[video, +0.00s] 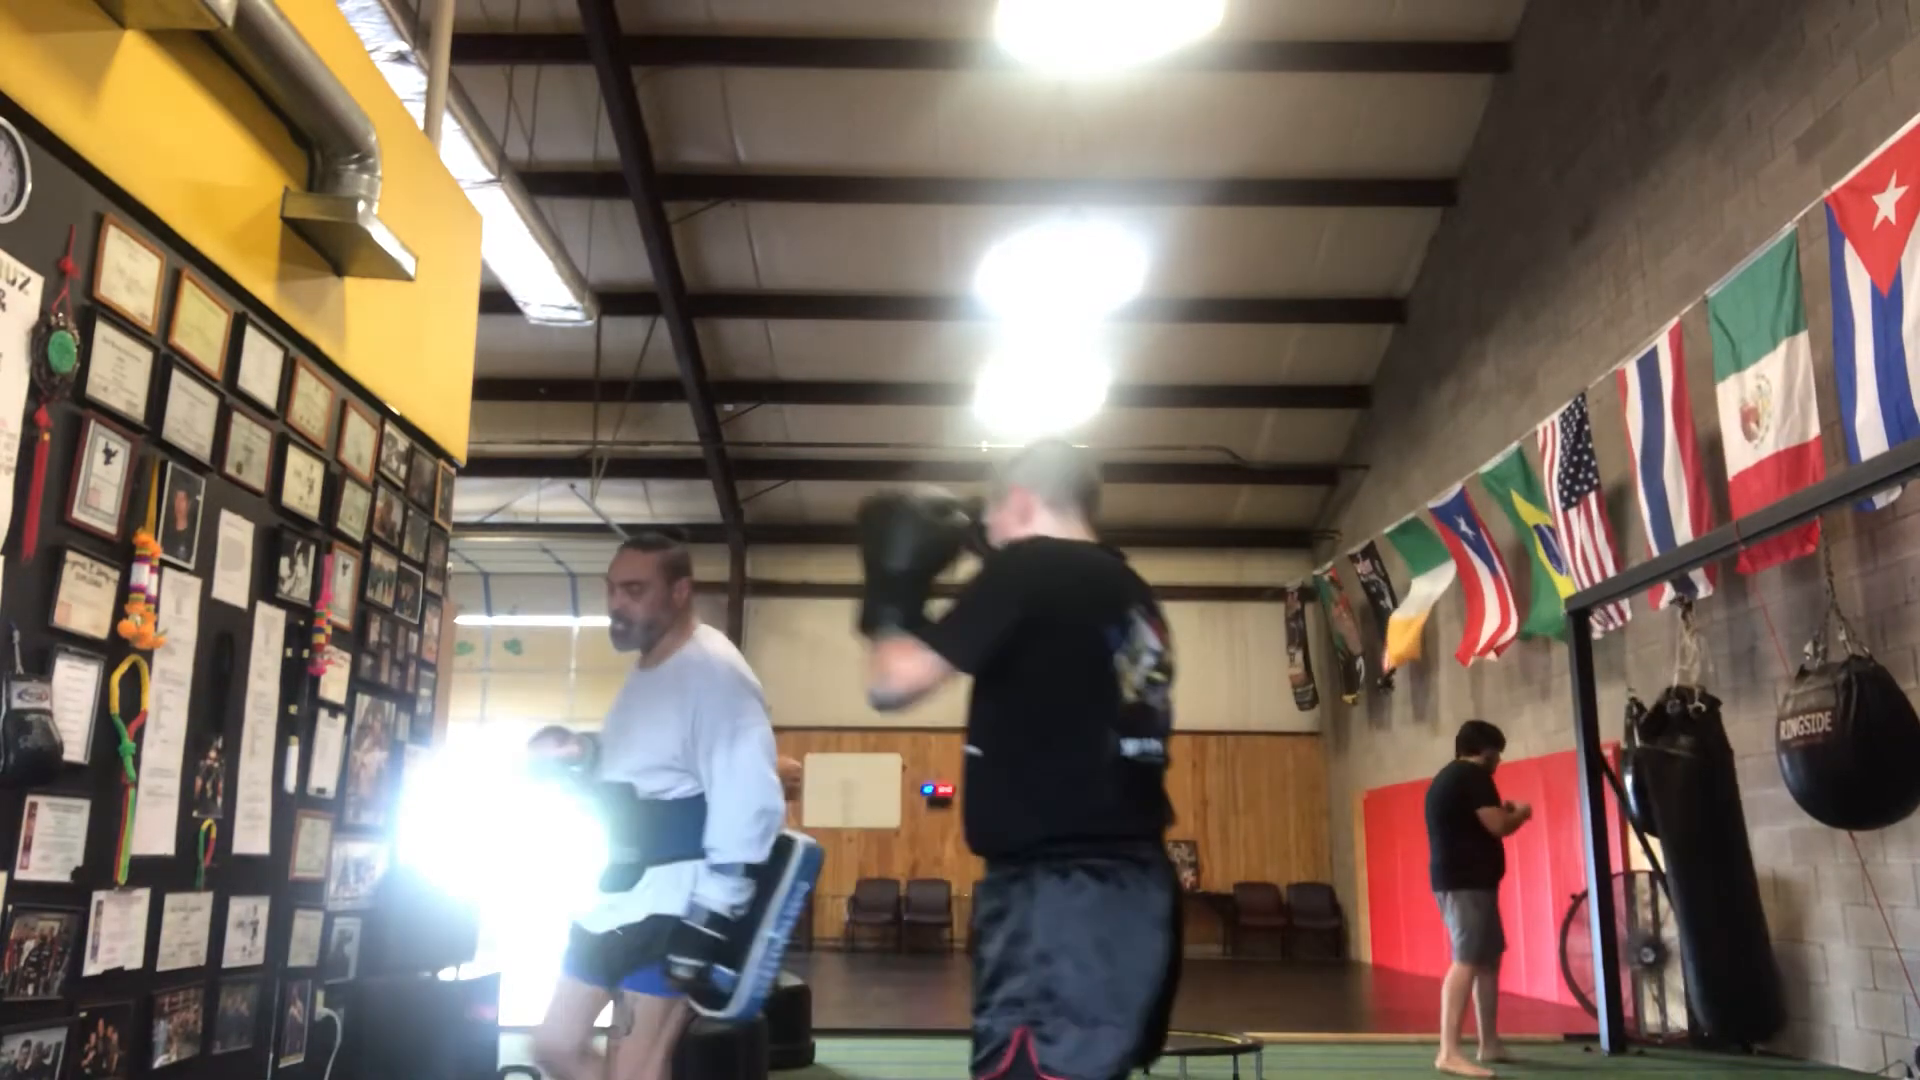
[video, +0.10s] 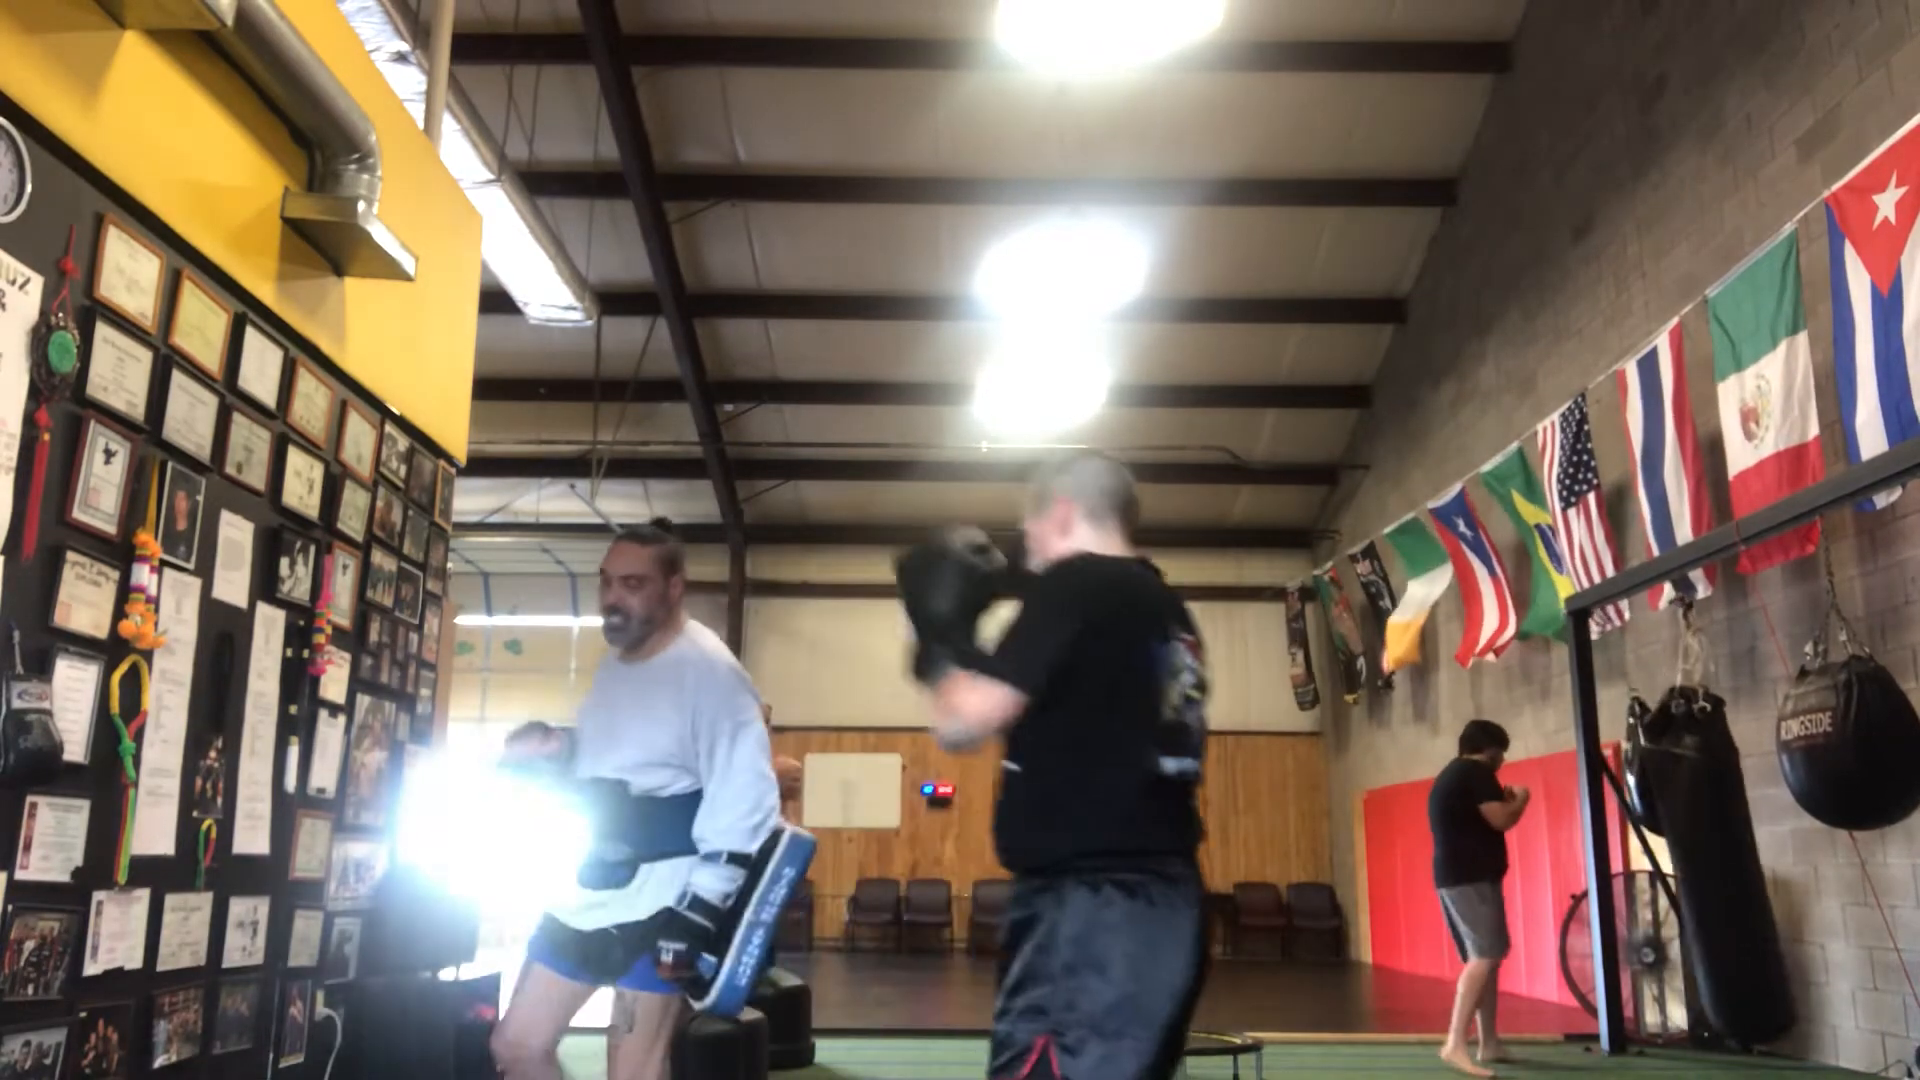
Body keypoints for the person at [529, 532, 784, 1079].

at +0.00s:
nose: (615, 605)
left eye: (634, 590)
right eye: (612, 590)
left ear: (680, 593)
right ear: (608, 591)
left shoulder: (714, 670)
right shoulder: (652, 666)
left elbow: (749, 801)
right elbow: (645, 755)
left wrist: (706, 923)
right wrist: (585, 751)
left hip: (679, 895)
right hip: (620, 888)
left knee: (637, 1066)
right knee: (554, 1045)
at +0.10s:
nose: (610, 599)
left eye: (630, 584)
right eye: (605, 582)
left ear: (675, 589)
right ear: (599, 583)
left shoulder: (709, 668)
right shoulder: (614, 664)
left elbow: (748, 797)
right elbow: (614, 749)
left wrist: (700, 914)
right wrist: (560, 747)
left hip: (676, 883)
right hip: (600, 879)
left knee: (635, 1067)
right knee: (517, 1046)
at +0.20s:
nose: (606, 595)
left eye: (627, 580)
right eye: (598, 577)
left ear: (665, 587)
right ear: (586, 580)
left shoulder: (700, 664)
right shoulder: (583, 654)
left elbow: (746, 788)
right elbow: (550, 738)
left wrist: (711, 900)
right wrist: (521, 746)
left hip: (658, 896)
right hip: (561, 885)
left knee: (634, 1063)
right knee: (518, 1051)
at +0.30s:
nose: (602, 596)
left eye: (622, 581)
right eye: (588, 579)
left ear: (649, 588)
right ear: (573, 584)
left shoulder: (687, 662)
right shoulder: (553, 654)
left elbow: (735, 779)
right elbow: (512, 726)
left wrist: (722, 894)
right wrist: (492, 744)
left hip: (647, 902)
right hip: (545, 897)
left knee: (626, 1065)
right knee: (511, 1062)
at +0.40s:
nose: (592, 594)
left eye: (609, 578)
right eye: (575, 578)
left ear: (630, 583)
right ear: (554, 584)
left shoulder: (673, 659)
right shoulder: (520, 659)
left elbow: (717, 773)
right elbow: (463, 754)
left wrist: (729, 876)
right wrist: (478, 764)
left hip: (634, 898)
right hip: (526, 894)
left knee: (608, 1063)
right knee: (496, 1064)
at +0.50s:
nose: (593, 597)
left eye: (607, 580)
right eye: (575, 580)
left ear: (623, 584)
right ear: (546, 586)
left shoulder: (663, 660)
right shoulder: (503, 659)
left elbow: (707, 774)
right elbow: (434, 756)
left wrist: (726, 873)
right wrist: (469, 763)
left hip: (631, 889)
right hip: (522, 887)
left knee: (604, 1067)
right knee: (488, 1068)